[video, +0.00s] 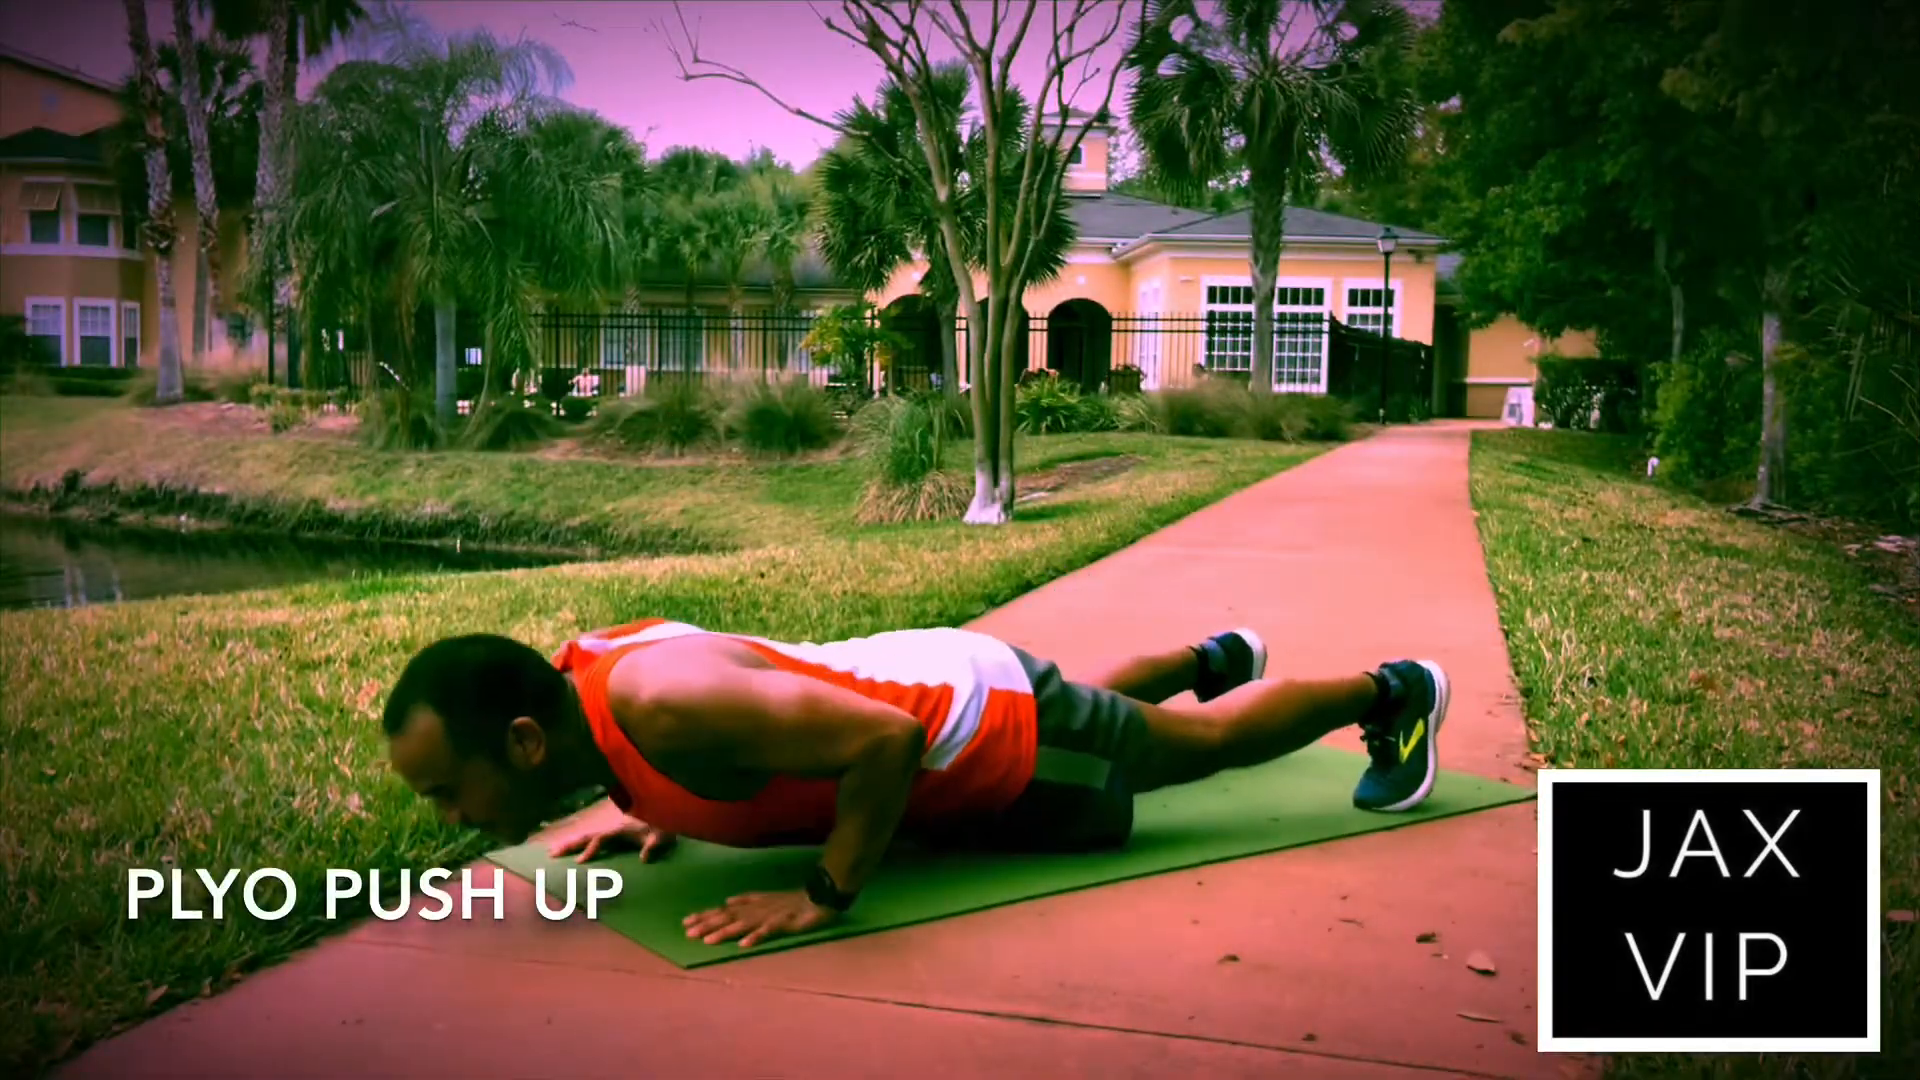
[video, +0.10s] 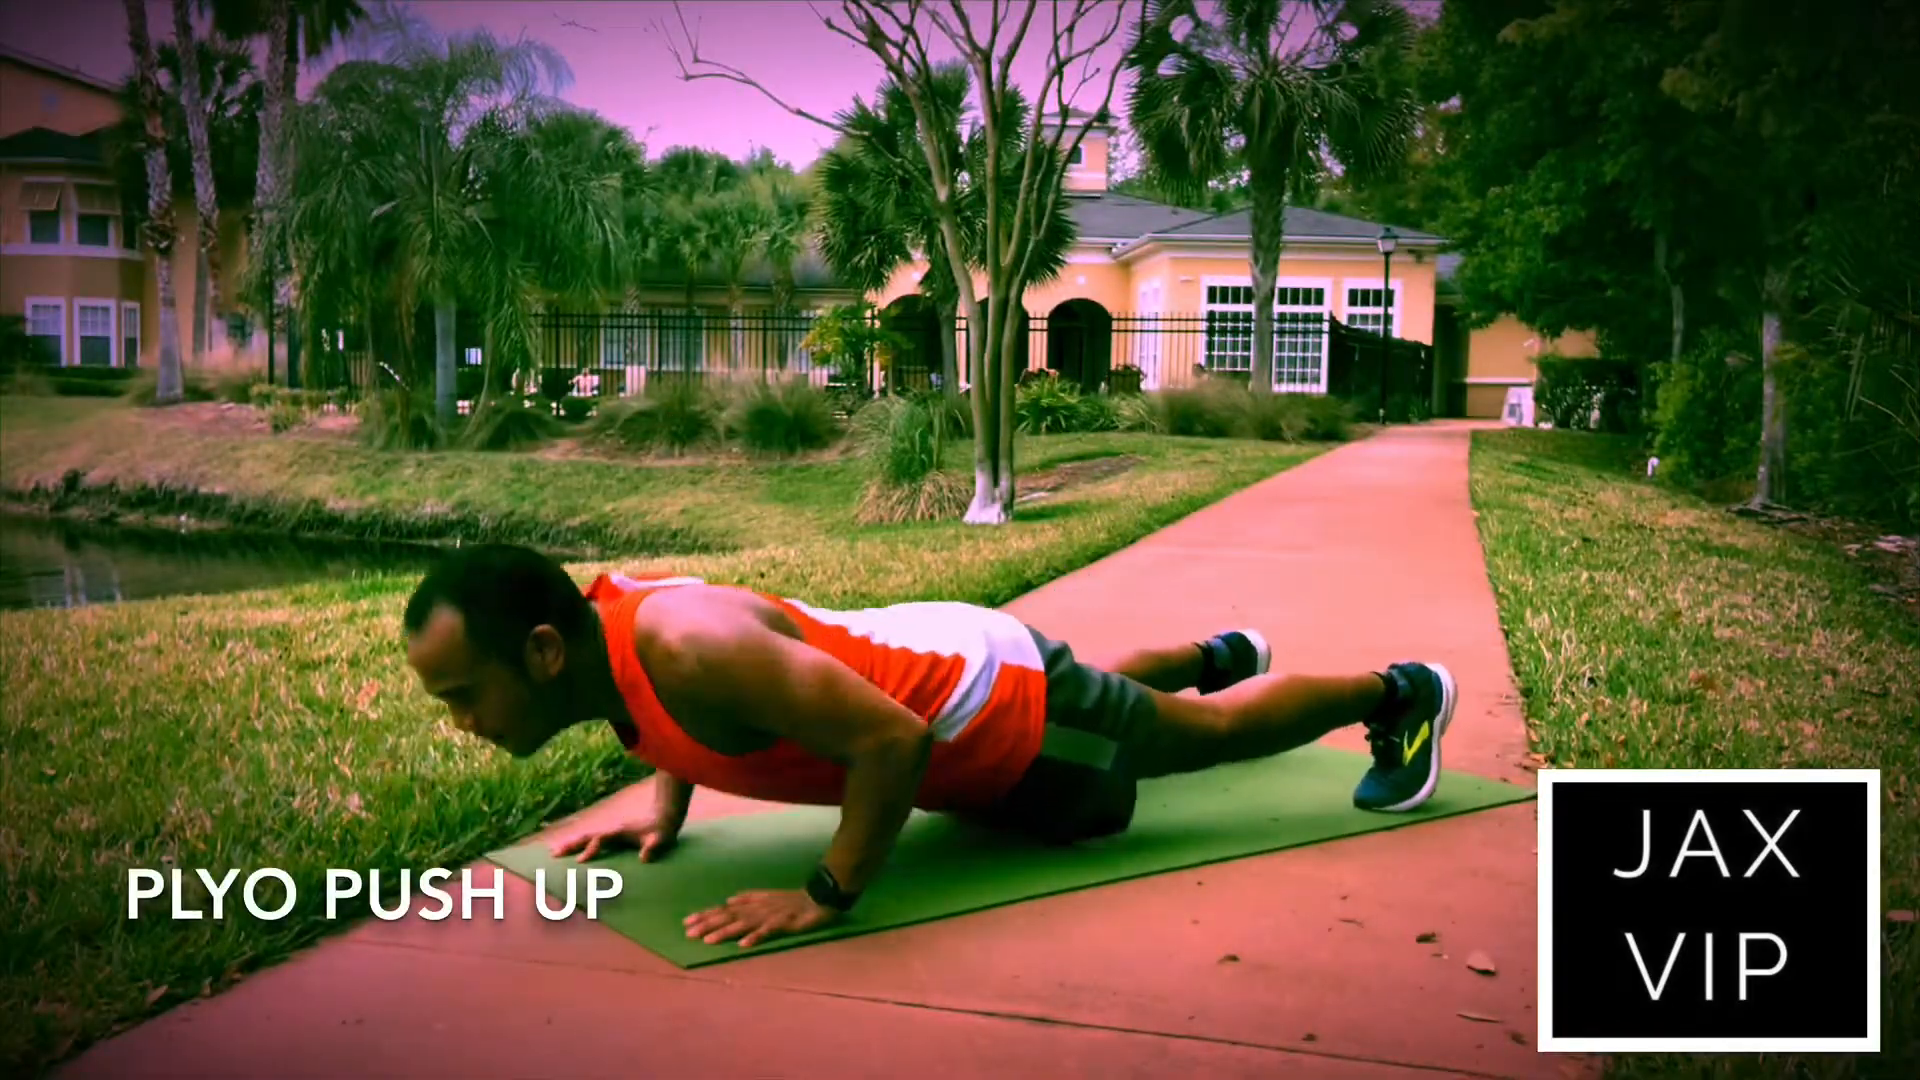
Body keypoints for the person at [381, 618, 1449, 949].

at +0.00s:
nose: (441, 817)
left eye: (446, 793)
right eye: (427, 797)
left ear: (524, 741)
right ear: (516, 732)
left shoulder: (677, 712)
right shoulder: (578, 672)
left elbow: (885, 743)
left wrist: (824, 898)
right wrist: (656, 818)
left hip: (1001, 729)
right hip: (923, 671)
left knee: (1203, 736)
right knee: (1061, 692)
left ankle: (1391, 690)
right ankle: (1209, 659)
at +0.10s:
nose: (455, 720)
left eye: (459, 694)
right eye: (441, 701)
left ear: (542, 649)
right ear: (524, 647)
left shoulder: (701, 653)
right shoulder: (597, 621)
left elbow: (889, 742)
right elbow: (666, 691)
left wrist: (830, 894)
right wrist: (659, 796)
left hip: (1015, 702)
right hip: (938, 683)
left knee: (1209, 729)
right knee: (1094, 697)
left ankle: (1395, 695)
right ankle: (1203, 657)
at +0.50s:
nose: (598, 395)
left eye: (599, 368)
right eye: (582, 379)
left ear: (674, 316)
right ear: (663, 324)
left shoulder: (839, 358)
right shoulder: (717, 394)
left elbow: (953, 550)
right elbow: (728, 516)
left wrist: (801, 630)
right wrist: (671, 609)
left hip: (1073, 523)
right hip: (993, 558)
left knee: (1233, 636)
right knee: (1117, 637)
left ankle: (1418, 697)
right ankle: (1251, 673)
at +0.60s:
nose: (591, 442)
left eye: (590, 413)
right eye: (573, 420)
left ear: (662, 360)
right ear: (653, 360)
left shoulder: (839, 373)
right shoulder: (716, 396)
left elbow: (977, 534)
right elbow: (750, 491)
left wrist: (841, 641)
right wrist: (686, 594)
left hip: (1068, 537)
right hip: (986, 572)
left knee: (1236, 637)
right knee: (1122, 653)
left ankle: (1420, 696)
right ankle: (1253, 675)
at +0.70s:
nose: (561, 514)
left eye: (558, 489)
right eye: (545, 497)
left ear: (630, 439)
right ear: (617, 438)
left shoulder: (805, 460)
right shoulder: (683, 468)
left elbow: (881, 682)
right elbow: (672, 635)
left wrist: (797, 862)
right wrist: (634, 786)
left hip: (1064, 570)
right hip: (992, 604)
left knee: (1245, 654)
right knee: (1139, 677)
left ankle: (1420, 696)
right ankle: (1257, 686)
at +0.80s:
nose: (516, 657)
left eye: (515, 634)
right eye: (500, 641)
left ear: (580, 576)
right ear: (570, 571)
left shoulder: (746, 562)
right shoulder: (639, 560)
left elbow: (896, 732)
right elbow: (693, 672)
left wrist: (818, 896)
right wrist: (656, 809)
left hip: (1039, 617)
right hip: (975, 635)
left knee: (1223, 685)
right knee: (1129, 723)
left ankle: (1411, 695)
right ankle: (1233, 708)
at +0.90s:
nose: (474, 748)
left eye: (472, 726)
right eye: (457, 732)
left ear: (543, 666)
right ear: (529, 657)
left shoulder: (706, 634)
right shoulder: (599, 617)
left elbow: (892, 745)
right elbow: (673, 685)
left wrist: (821, 900)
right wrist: (652, 800)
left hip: (1018, 687)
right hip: (950, 649)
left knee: (1205, 719)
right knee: (1094, 675)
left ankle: (1394, 693)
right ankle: (1218, 651)